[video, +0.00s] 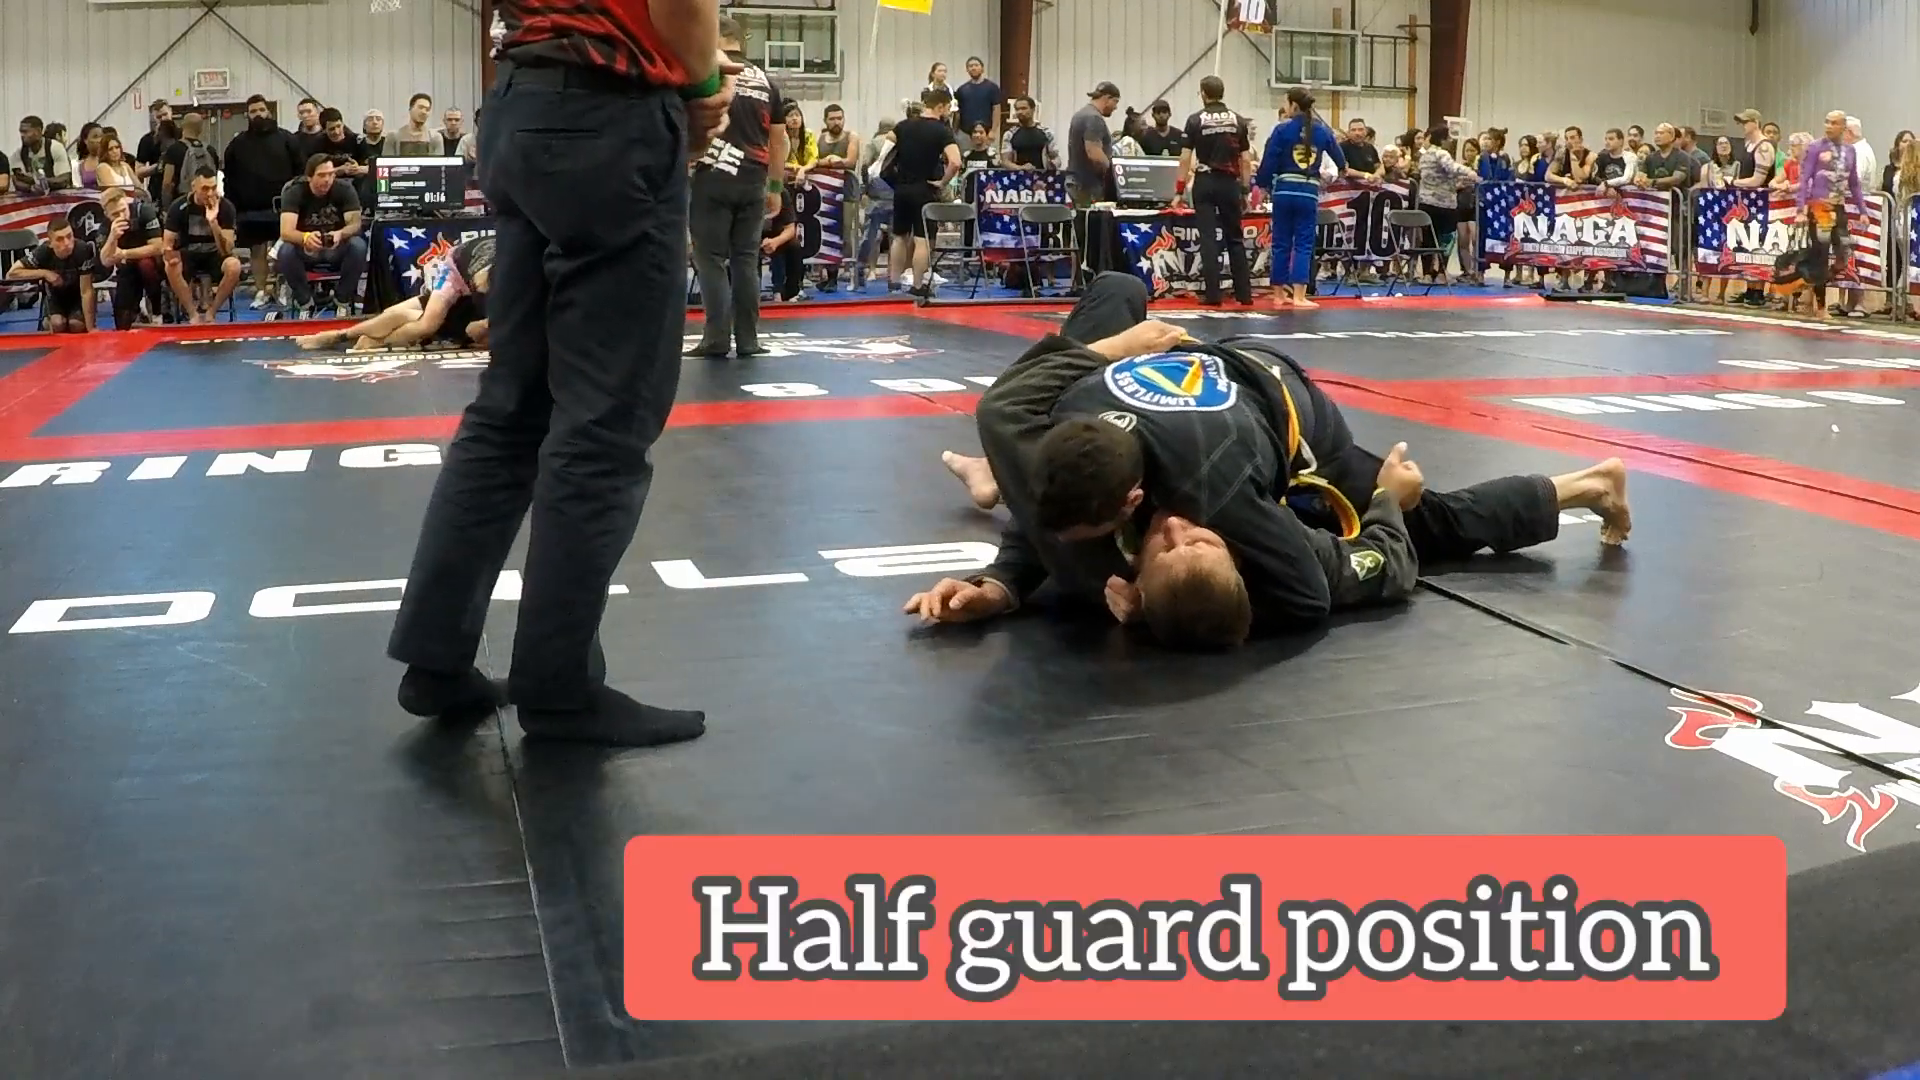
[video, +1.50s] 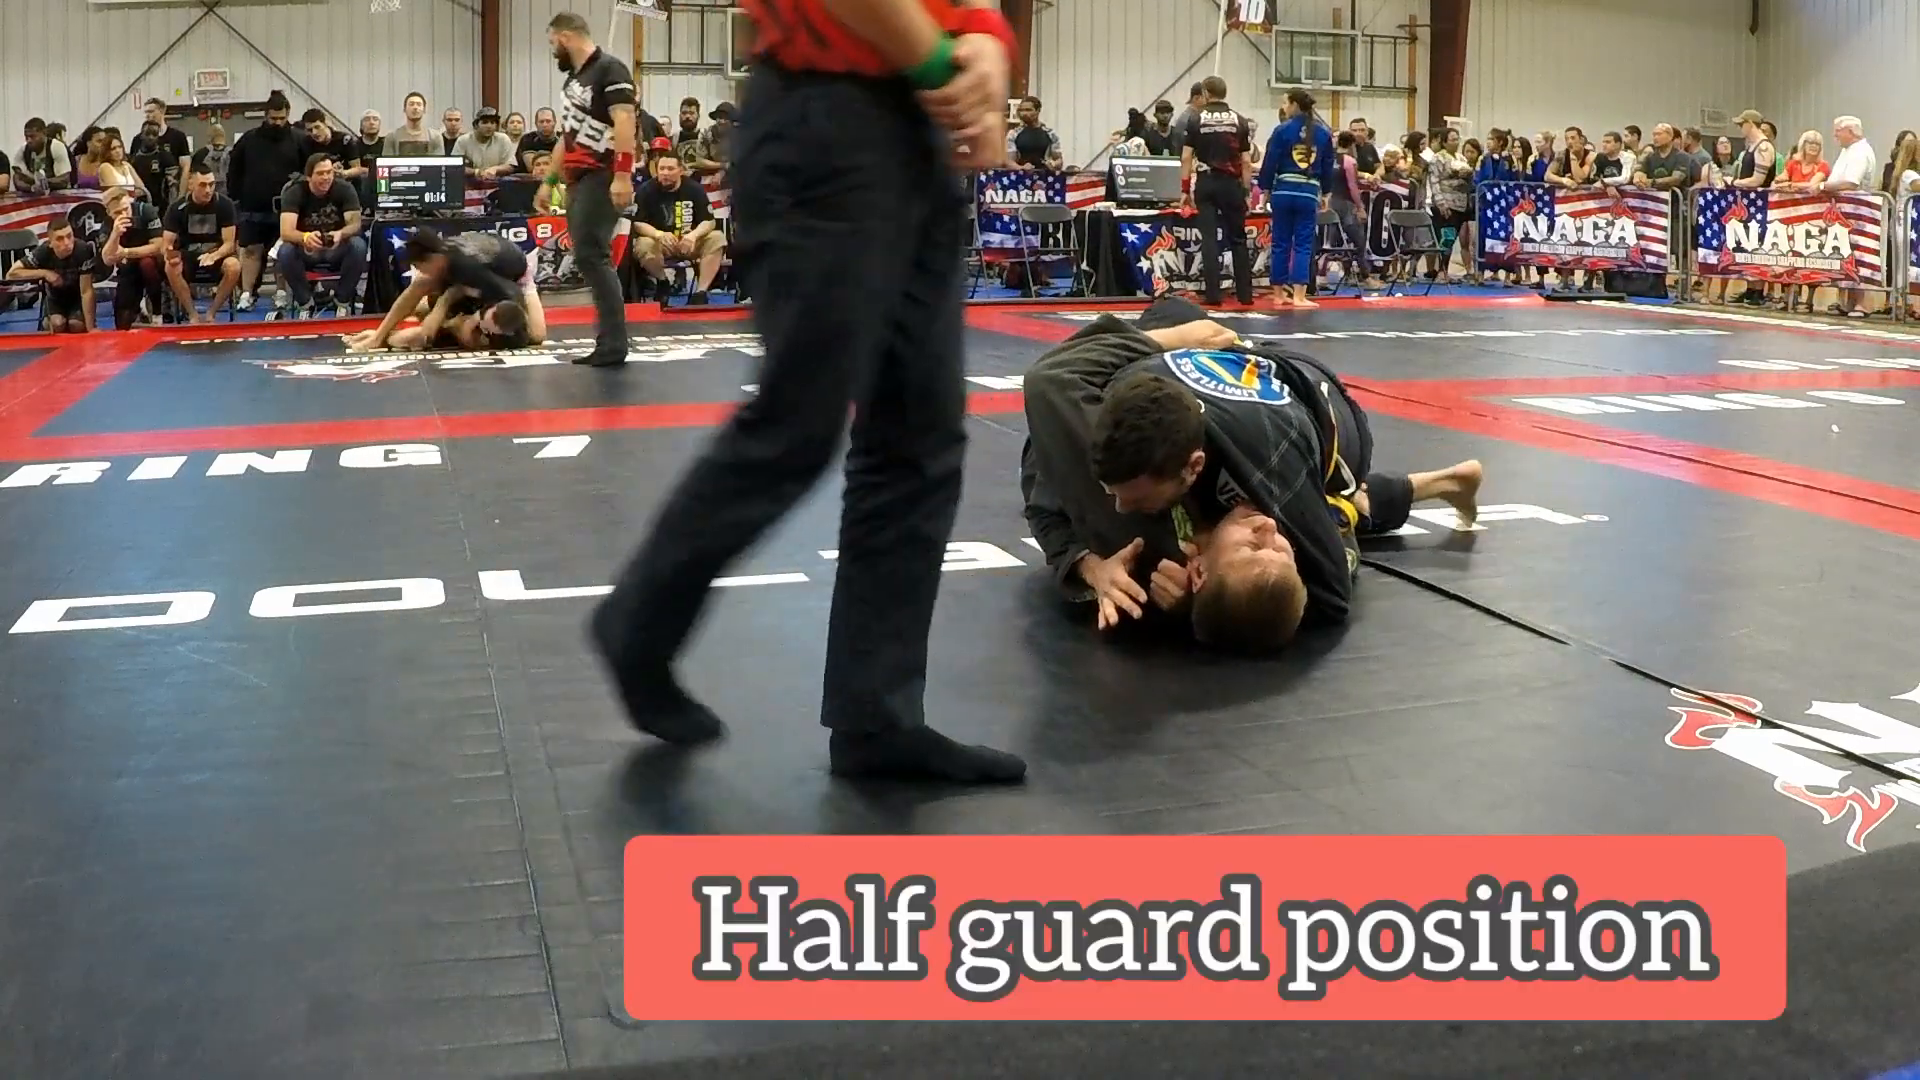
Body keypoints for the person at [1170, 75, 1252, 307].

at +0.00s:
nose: (1200, 95)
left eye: (1201, 92)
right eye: (1203, 92)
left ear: (1203, 94)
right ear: (1222, 93)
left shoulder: (1195, 120)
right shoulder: (1238, 120)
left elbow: (1185, 159)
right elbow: (1245, 158)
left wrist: (1179, 191)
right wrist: (1245, 188)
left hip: (1203, 181)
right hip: (1229, 182)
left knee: (1207, 239)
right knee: (1235, 238)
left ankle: (1212, 294)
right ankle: (1244, 294)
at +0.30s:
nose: (1206, 95)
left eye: (1205, 92)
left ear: (1204, 94)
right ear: (1224, 93)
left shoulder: (1195, 120)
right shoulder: (1238, 120)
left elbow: (1187, 158)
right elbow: (1244, 160)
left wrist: (1186, 191)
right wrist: (1243, 191)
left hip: (1203, 181)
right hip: (1229, 182)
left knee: (1208, 239)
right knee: (1235, 239)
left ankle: (1212, 294)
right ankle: (1243, 293)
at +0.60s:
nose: (1229, 93)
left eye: (1227, 90)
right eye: (1227, 90)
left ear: (1206, 94)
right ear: (1224, 93)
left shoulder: (1194, 120)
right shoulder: (1237, 120)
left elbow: (1186, 158)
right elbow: (1243, 160)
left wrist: (1185, 190)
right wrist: (1245, 190)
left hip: (1204, 181)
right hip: (1230, 182)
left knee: (1208, 239)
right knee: (1237, 239)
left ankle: (1212, 295)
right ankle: (1244, 294)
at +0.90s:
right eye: (1224, 92)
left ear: (1208, 93)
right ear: (1228, 94)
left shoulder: (1195, 120)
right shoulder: (1238, 121)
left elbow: (1187, 158)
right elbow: (1244, 160)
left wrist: (1191, 185)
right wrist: (1245, 191)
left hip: (1203, 181)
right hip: (1230, 182)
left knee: (1208, 239)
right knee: (1238, 239)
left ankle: (1212, 295)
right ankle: (1245, 294)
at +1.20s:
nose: (1204, 96)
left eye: (1205, 93)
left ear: (1207, 94)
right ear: (1227, 94)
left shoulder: (1196, 120)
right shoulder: (1240, 121)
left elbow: (1187, 158)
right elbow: (1245, 160)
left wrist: (1190, 184)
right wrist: (1245, 189)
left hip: (1204, 181)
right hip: (1231, 182)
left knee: (1209, 238)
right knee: (1238, 238)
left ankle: (1212, 294)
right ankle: (1245, 294)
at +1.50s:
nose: (1202, 96)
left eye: (1203, 93)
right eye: (1204, 93)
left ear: (1206, 94)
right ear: (1225, 93)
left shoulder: (1196, 118)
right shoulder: (1240, 120)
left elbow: (1186, 157)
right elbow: (1245, 160)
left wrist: (1185, 190)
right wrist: (1246, 192)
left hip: (1205, 180)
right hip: (1232, 181)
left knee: (1209, 239)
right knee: (1238, 238)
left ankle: (1213, 295)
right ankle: (1245, 294)